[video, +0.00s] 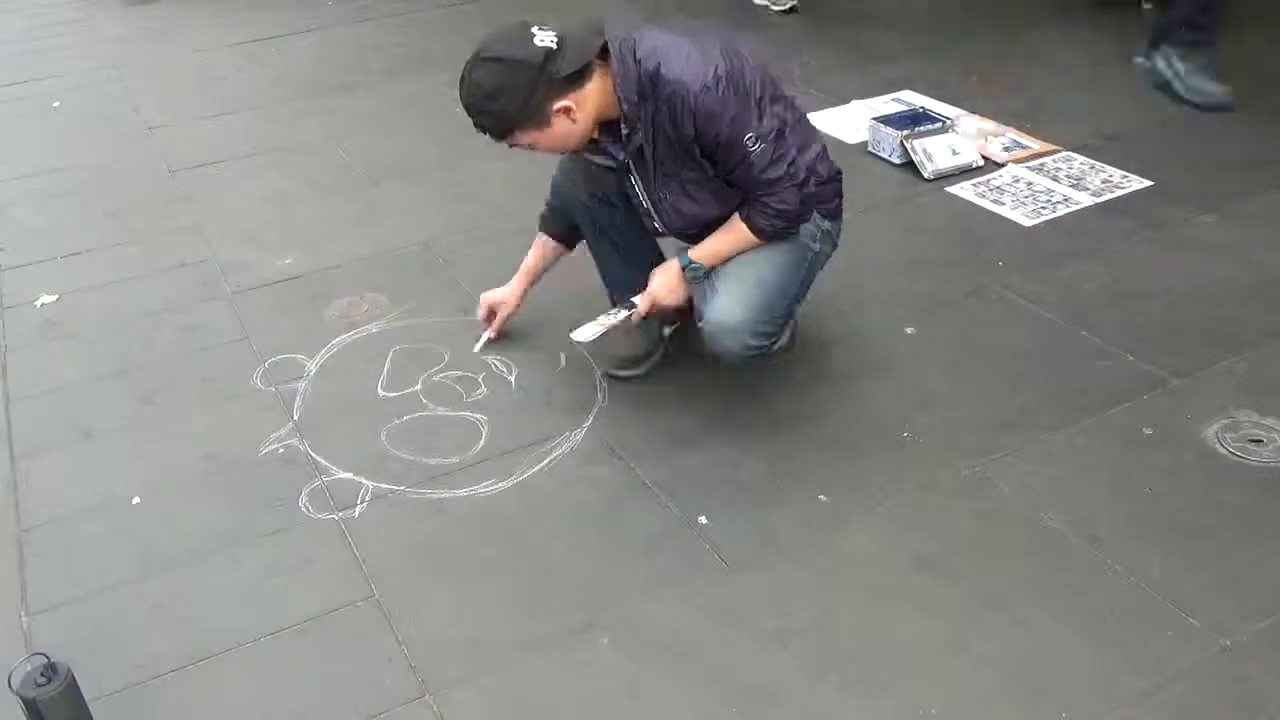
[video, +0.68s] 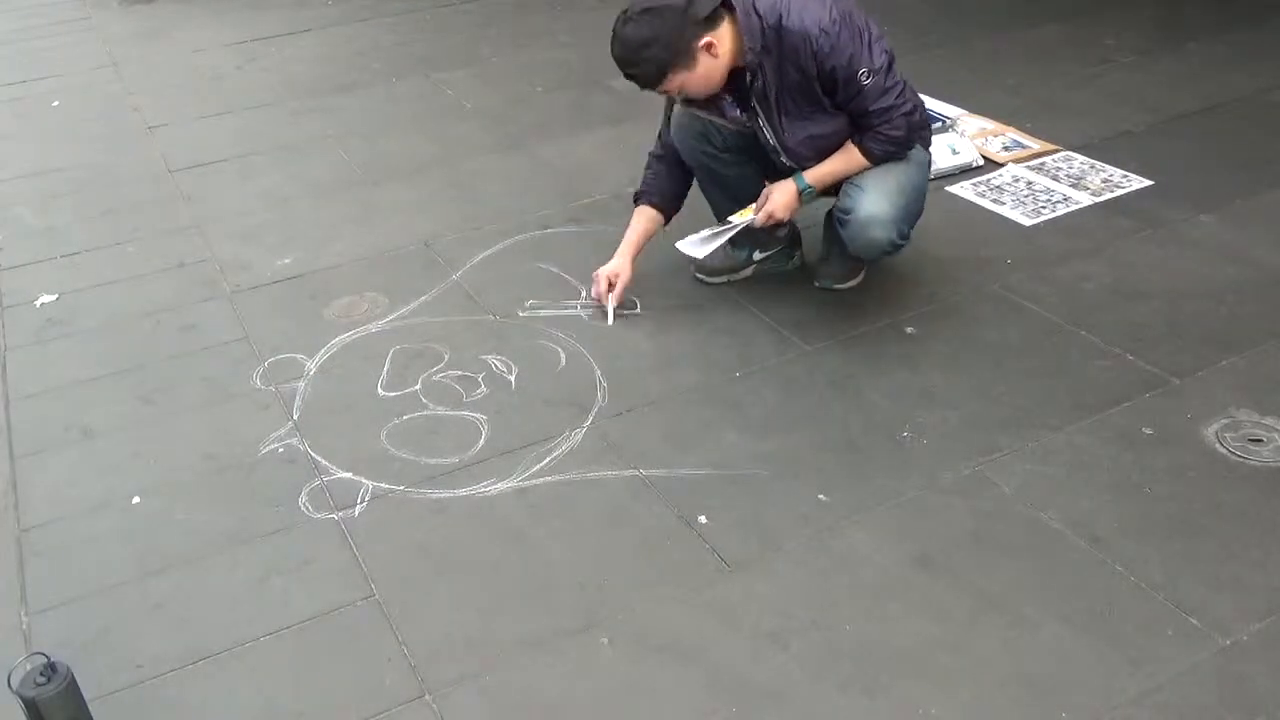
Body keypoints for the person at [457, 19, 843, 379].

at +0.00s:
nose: (534, 152)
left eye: (528, 143)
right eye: (523, 147)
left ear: (563, 111)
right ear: (563, 103)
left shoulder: (700, 88)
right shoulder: (597, 98)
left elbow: (786, 200)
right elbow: (570, 203)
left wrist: (688, 267)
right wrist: (518, 285)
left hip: (791, 215)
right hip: (700, 209)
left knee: (729, 332)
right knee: (581, 175)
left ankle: (773, 320)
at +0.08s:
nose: (666, 222)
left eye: (667, 209)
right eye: (655, 215)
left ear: (710, 167)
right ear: (708, 162)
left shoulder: (851, 121)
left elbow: (934, 228)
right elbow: (629, 250)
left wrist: (849, 324)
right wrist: (571, 379)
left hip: (894, 256)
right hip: (802, 257)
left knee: (927, 373)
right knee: (690, 258)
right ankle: (770, 374)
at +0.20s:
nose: (520, 85)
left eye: (513, 73)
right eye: (510, 76)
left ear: (540, 53)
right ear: (544, 49)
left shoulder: (657, 32)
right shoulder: (595, 54)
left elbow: (729, 158)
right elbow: (578, 145)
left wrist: (648, 231)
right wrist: (521, 223)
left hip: (803, 154)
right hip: (740, 142)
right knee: (592, 168)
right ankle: (740, 229)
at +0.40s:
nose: (627, 121)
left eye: (626, 110)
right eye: (619, 114)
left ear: (657, 78)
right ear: (654, 76)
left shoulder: (771, 36)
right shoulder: (672, 69)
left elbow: (867, 122)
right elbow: (621, 166)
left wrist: (776, 193)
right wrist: (555, 260)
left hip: (866, 136)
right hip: (783, 146)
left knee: (846, 228)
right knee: (665, 139)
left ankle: (845, 254)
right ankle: (765, 242)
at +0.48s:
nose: (654, 107)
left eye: (649, 98)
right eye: (644, 102)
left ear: (678, 63)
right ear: (678, 59)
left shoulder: (798, 32)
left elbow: (881, 129)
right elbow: (681, 160)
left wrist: (785, 191)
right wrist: (655, 244)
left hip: (874, 143)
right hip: (787, 150)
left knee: (856, 230)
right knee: (679, 129)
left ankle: (847, 253)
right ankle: (768, 240)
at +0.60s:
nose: (623, 117)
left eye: (620, 106)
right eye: (614, 111)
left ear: (653, 75)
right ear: (650, 70)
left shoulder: (763, 34)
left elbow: (859, 118)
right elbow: (624, 157)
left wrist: (770, 191)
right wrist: (563, 243)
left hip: (861, 133)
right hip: (776, 145)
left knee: (837, 221)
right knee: (660, 138)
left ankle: (840, 255)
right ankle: (763, 240)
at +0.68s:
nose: (676, 98)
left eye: (675, 87)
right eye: (668, 92)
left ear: (708, 48)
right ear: (708, 45)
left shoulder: (822, 31)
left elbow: (895, 130)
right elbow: (670, 158)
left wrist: (801, 185)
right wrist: (626, 253)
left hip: (880, 146)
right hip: (795, 150)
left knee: (872, 229)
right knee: (690, 124)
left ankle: (843, 237)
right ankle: (769, 238)